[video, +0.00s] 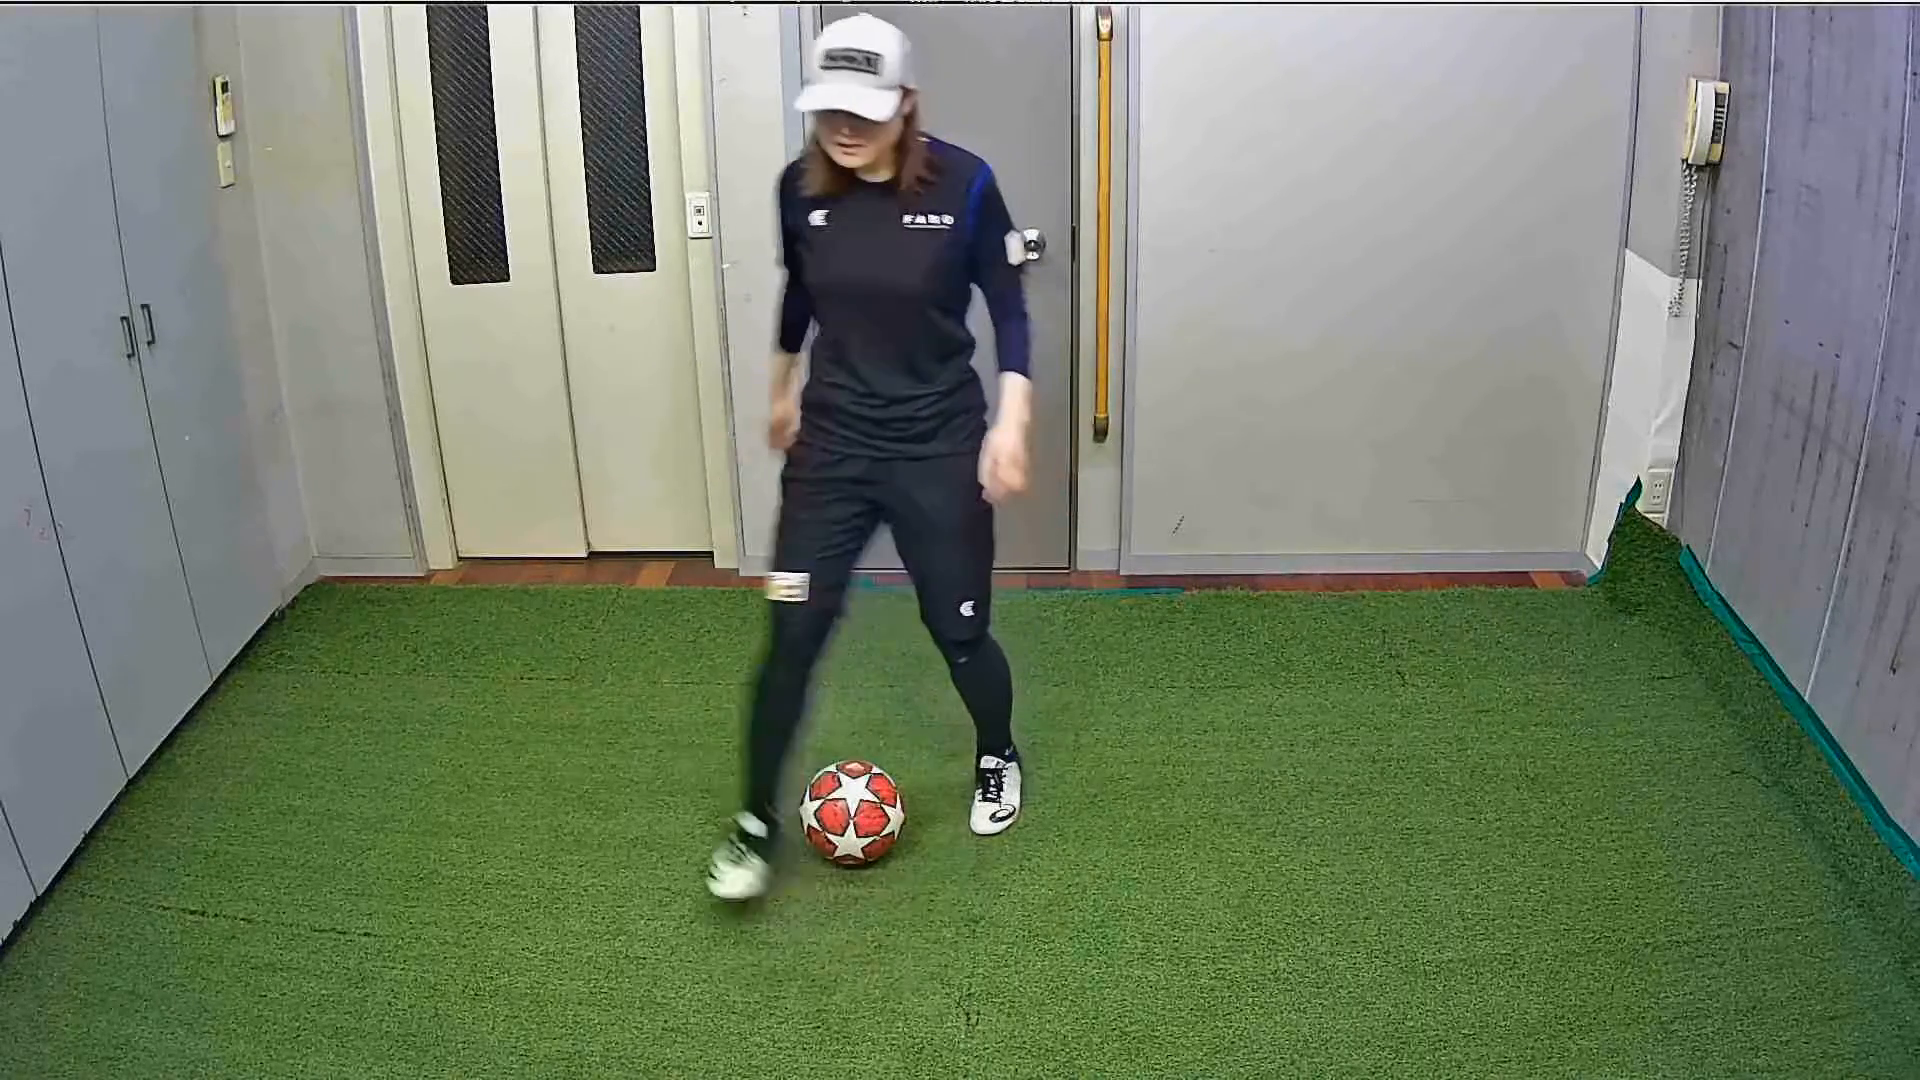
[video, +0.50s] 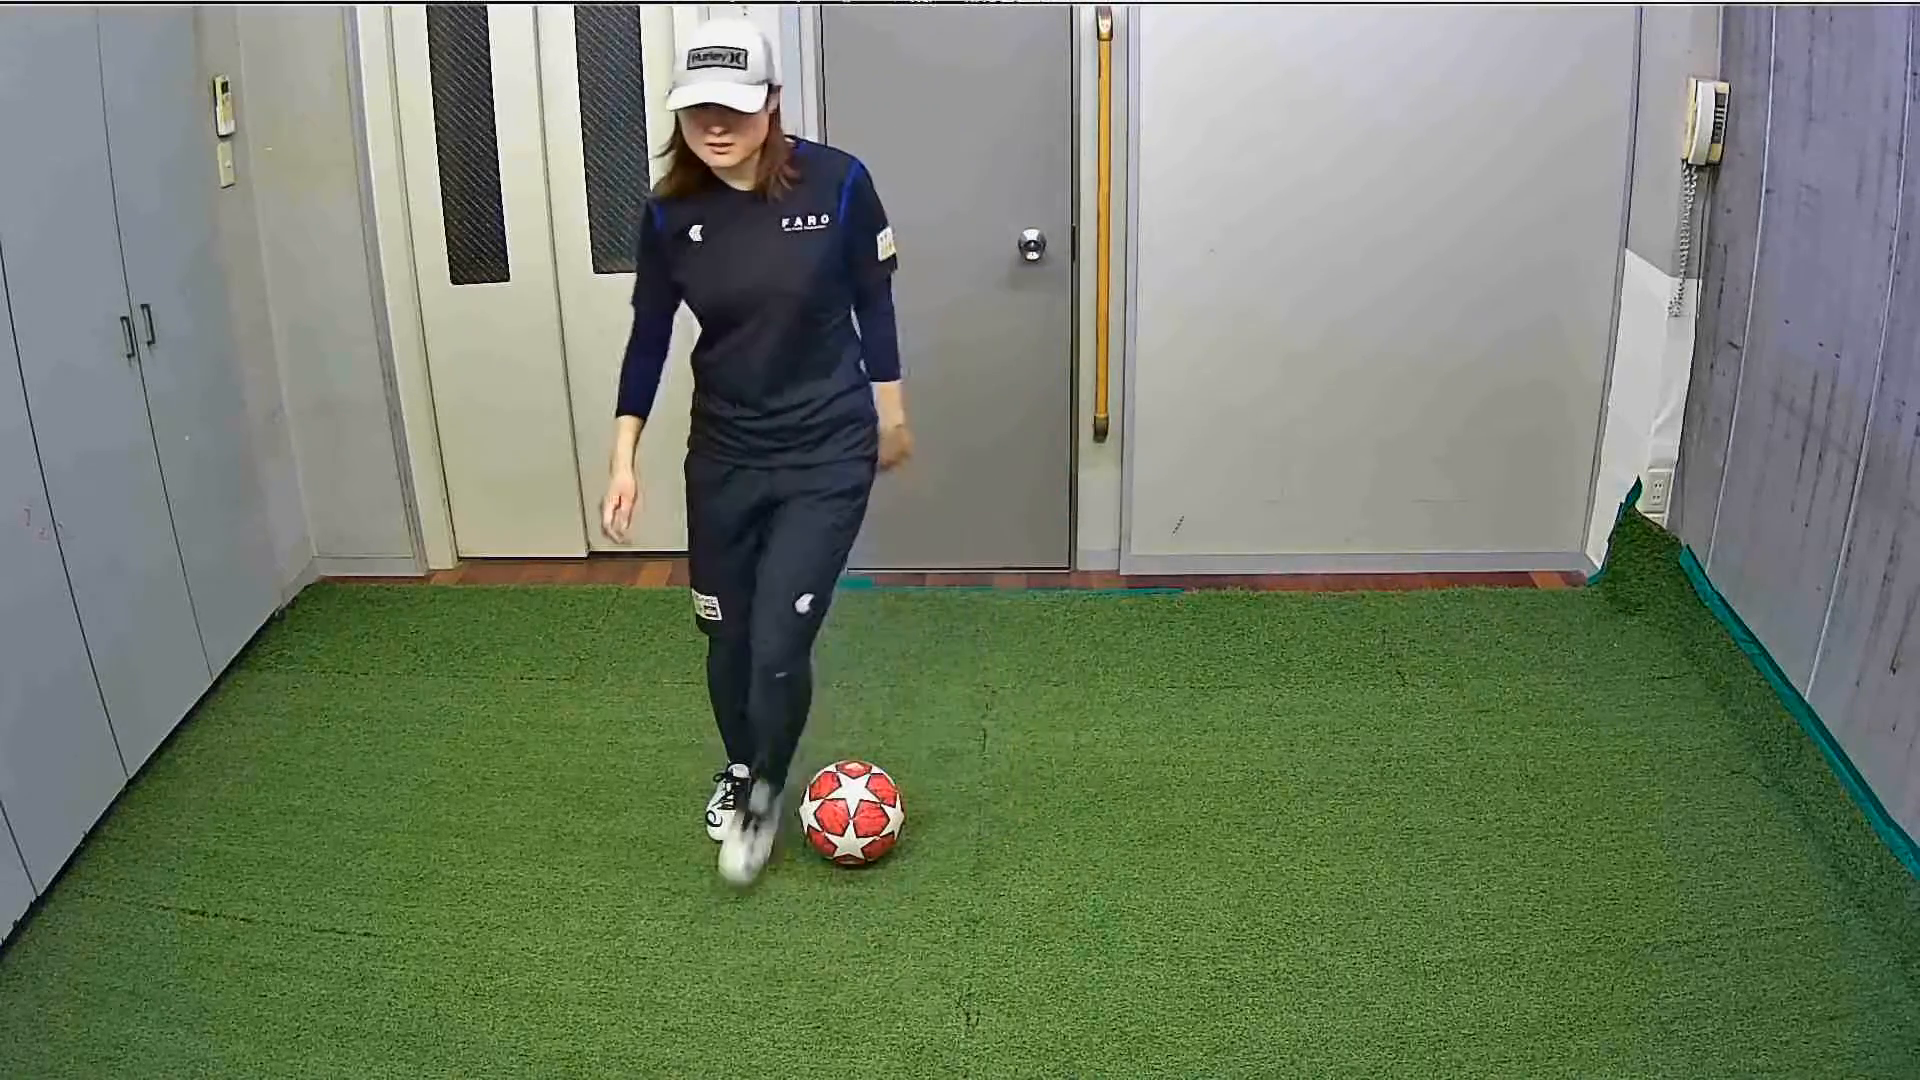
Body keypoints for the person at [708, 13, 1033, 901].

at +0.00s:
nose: (846, 127)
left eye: (864, 112)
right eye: (830, 111)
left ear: (903, 106)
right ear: (810, 108)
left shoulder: (963, 184)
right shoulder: (800, 187)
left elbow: (1009, 306)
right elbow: (799, 288)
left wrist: (1011, 420)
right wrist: (782, 391)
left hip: (939, 442)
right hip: (832, 442)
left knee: (960, 626)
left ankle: (997, 758)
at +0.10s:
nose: (824, 114)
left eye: (844, 98)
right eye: (809, 98)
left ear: (883, 99)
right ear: (790, 101)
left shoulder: (943, 178)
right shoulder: (779, 187)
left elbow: (989, 295)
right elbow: (773, 294)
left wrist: (993, 408)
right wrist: (757, 402)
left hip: (922, 440)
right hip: (813, 440)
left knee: (950, 621)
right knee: (766, 620)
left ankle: (995, 757)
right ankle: (735, 790)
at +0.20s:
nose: (787, 111)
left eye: (807, 95)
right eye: (771, 95)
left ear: (846, 95)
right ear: (754, 100)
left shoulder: (908, 177)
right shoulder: (740, 191)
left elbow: (954, 292)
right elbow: (729, 303)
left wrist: (967, 411)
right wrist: (706, 425)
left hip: (881, 438)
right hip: (774, 440)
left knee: (911, 622)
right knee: (749, 621)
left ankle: (979, 751)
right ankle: (738, 768)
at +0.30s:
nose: (750, 120)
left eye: (770, 103)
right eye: (733, 103)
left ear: (811, 103)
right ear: (714, 108)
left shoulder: (870, 186)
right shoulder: (704, 201)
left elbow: (915, 300)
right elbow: (694, 312)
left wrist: (942, 427)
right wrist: (666, 436)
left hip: (846, 446)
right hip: (742, 447)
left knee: (839, 644)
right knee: (738, 626)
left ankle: (930, 722)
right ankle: (741, 770)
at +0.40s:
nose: (721, 123)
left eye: (742, 107)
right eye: (705, 108)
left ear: (779, 108)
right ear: (686, 114)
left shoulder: (844, 185)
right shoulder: (681, 210)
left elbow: (879, 302)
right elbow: (658, 331)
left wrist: (903, 409)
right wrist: (631, 451)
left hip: (829, 451)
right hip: (727, 452)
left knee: (772, 645)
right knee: (726, 630)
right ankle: (742, 769)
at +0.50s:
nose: (715, 124)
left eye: (735, 107)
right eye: (698, 108)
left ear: (773, 106)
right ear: (678, 114)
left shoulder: (837, 183)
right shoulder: (671, 212)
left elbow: (874, 298)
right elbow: (647, 340)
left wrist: (892, 411)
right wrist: (623, 461)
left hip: (828, 450)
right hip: (724, 452)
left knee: (778, 643)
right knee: (727, 634)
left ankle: (765, 794)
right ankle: (740, 772)